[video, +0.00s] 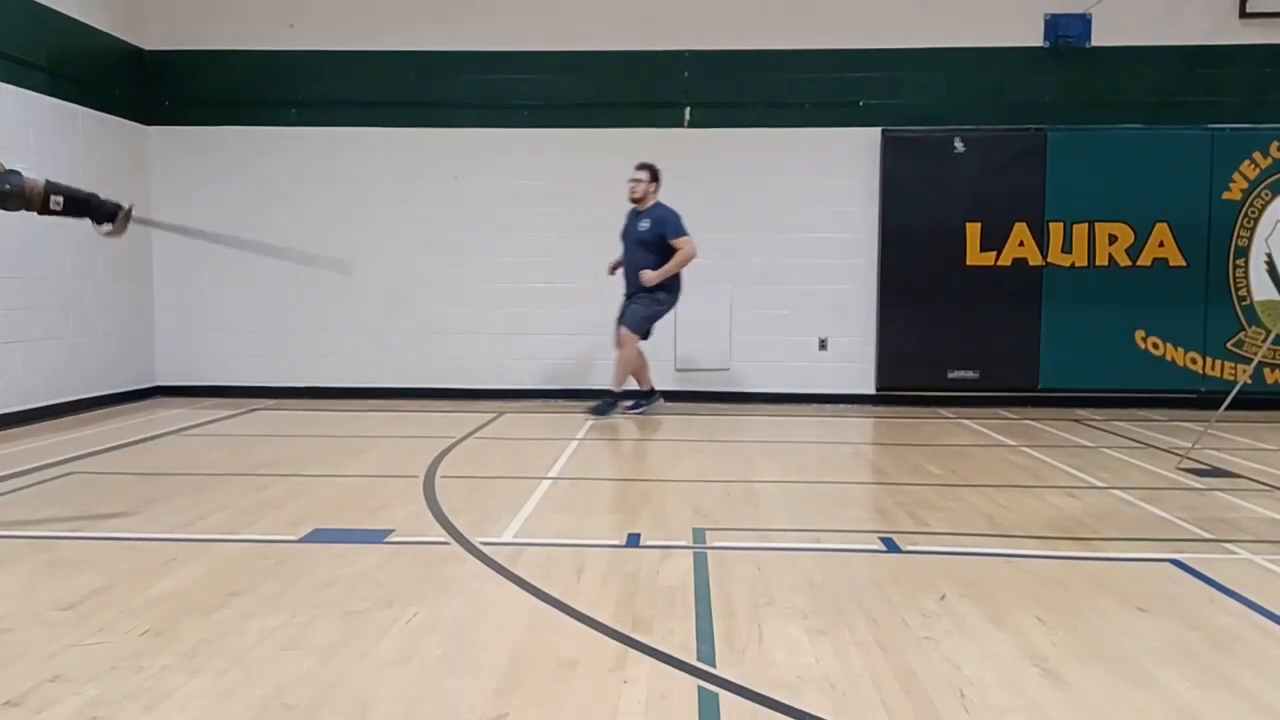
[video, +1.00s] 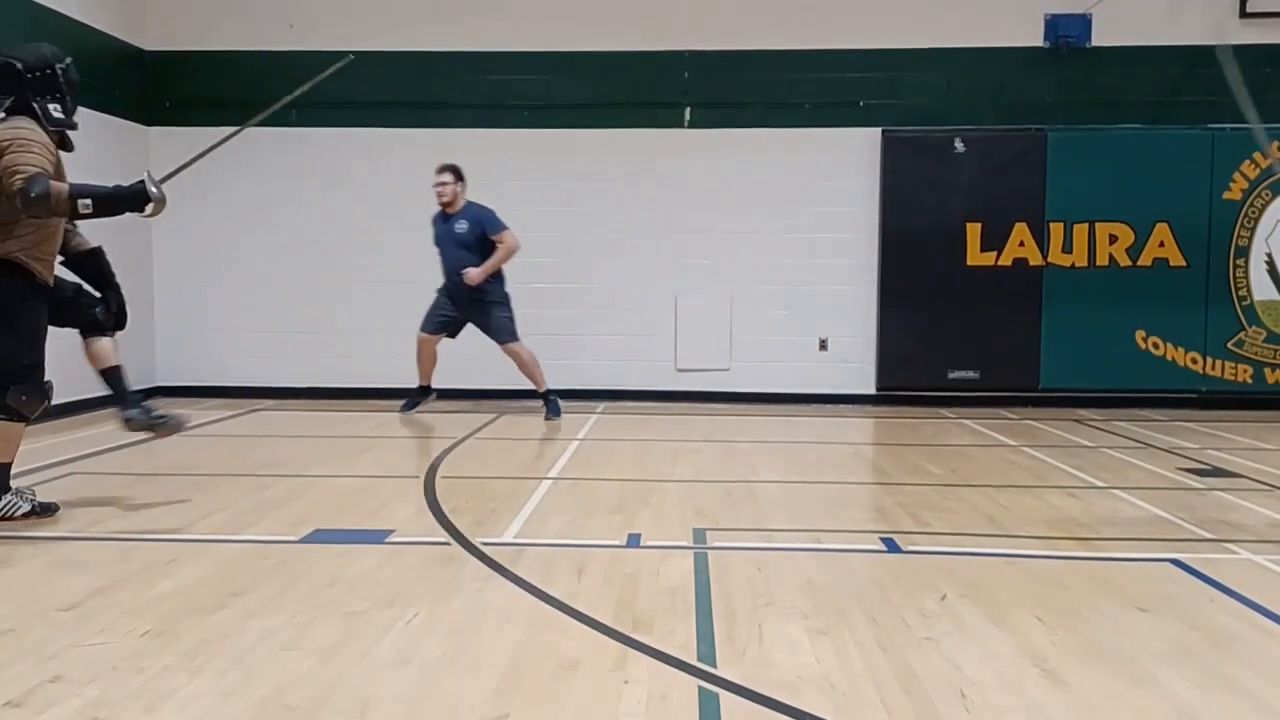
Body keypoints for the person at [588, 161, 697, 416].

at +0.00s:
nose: (633, 186)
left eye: (639, 182)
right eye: (631, 181)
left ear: (653, 186)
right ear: (630, 184)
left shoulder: (666, 216)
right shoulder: (633, 215)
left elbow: (688, 251)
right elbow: (635, 249)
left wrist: (658, 274)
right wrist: (619, 263)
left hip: (659, 290)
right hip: (635, 290)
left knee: (628, 334)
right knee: (623, 339)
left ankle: (614, 392)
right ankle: (648, 391)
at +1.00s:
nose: (440, 190)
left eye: (445, 184)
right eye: (436, 185)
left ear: (460, 187)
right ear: (434, 189)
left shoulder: (480, 215)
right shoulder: (438, 220)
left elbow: (511, 244)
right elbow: (450, 254)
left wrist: (482, 271)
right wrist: (453, 282)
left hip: (488, 295)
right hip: (453, 294)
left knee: (510, 344)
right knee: (426, 338)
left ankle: (548, 396)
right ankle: (424, 390)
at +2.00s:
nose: (298, 99)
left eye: (298, 90)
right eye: (289, 90)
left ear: (276, 95)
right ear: (260, 93)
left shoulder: (279, 148)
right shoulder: (238, 149)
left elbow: (279, 218)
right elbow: (214, 217)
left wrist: (311, 242)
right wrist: (295, 237)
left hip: (262, 289)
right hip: (246, 290)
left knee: (233, 386)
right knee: (297, 387)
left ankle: (189, 479)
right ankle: (324, 492)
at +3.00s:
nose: (529, 96)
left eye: (526, 87)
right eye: (522, 88)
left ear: (484, 96)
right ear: (503, 93)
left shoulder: (492, 147)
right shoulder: (491, 151)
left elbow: (513, 230)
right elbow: (502, 223)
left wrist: (560, 278)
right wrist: (561, 267)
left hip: (497, 288)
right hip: (507, 288)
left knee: (515, 389)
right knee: (559, 385)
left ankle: (476, 487)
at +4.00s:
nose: (632, 105)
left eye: (629, 96)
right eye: (626, 97)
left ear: (582, 107)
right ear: (612, 105)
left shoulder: (578, 161)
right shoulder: (608, 162)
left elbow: (633, 232)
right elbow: (647, 228)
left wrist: (706, 241)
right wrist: (718, 236)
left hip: (590, 299)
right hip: (619, 299)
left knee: (600, 393)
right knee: (678, 390)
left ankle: (553, 487)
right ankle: (678, 494)